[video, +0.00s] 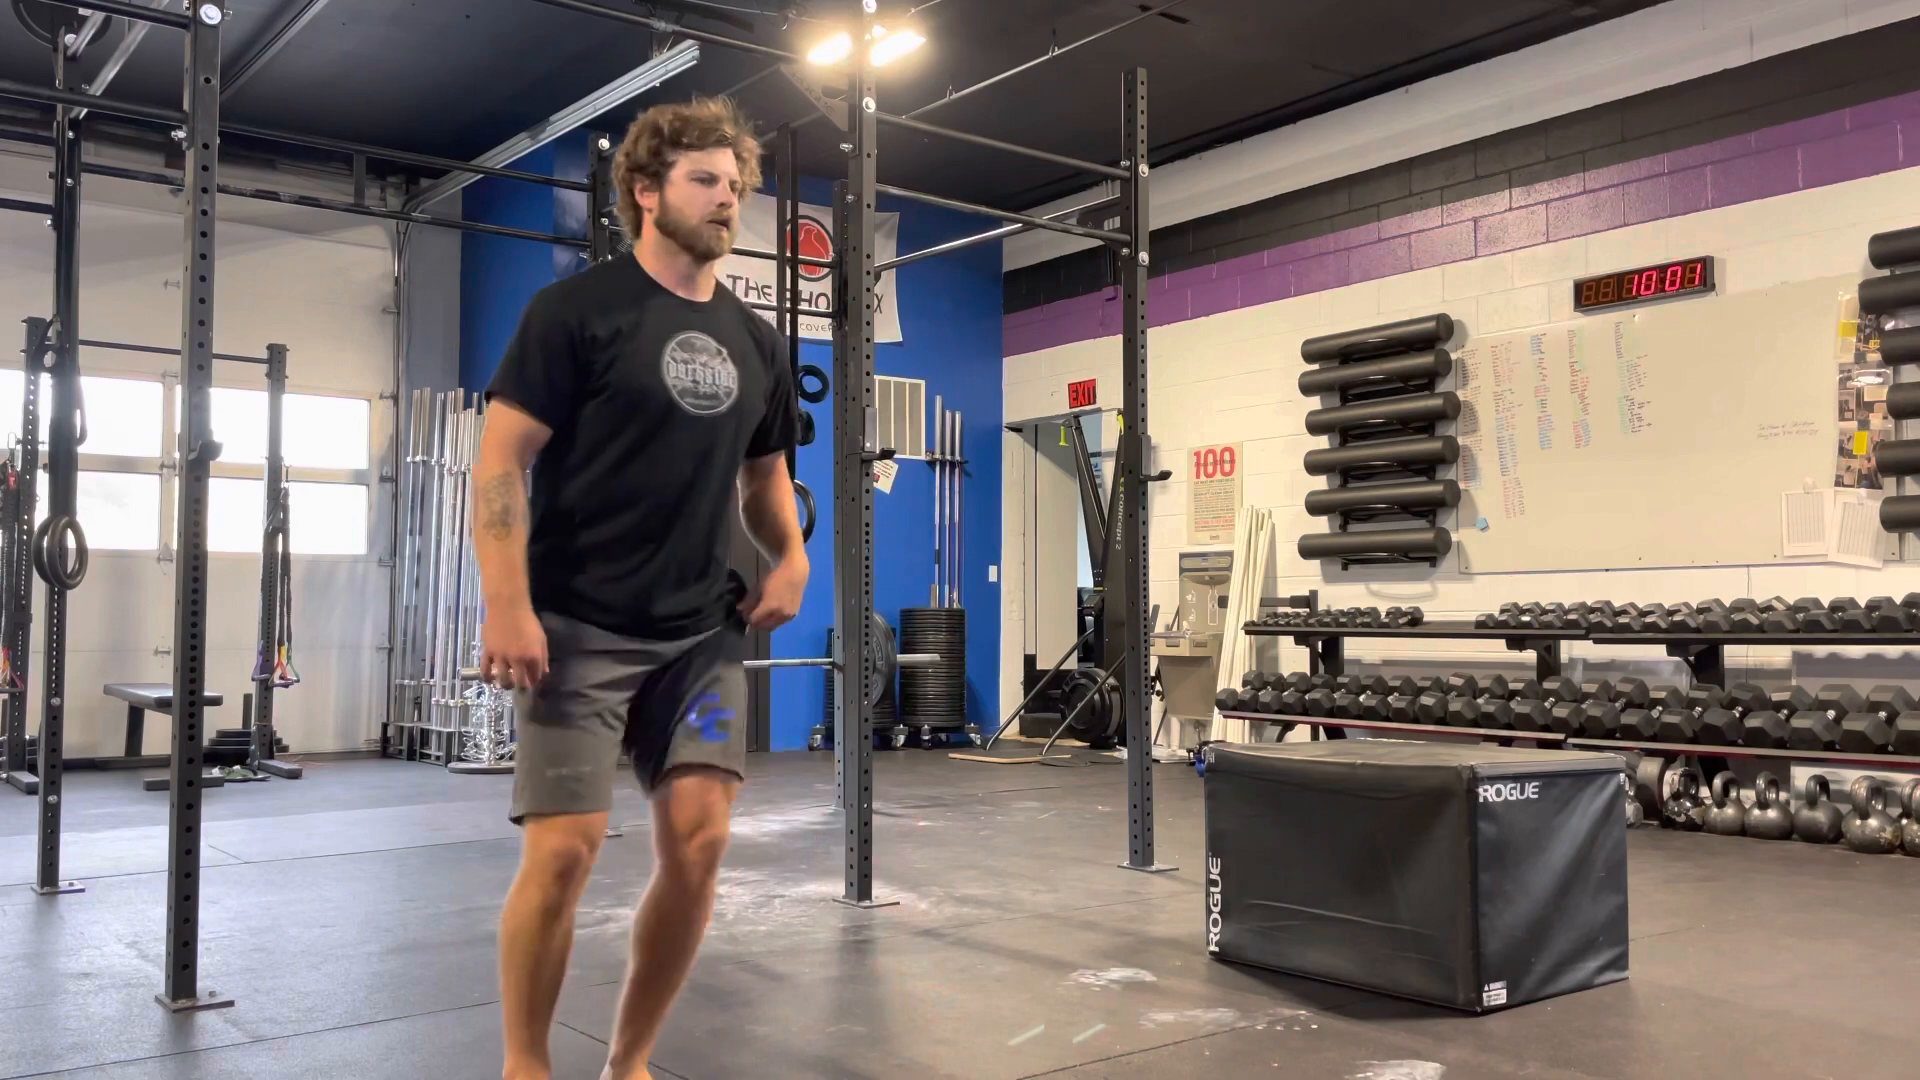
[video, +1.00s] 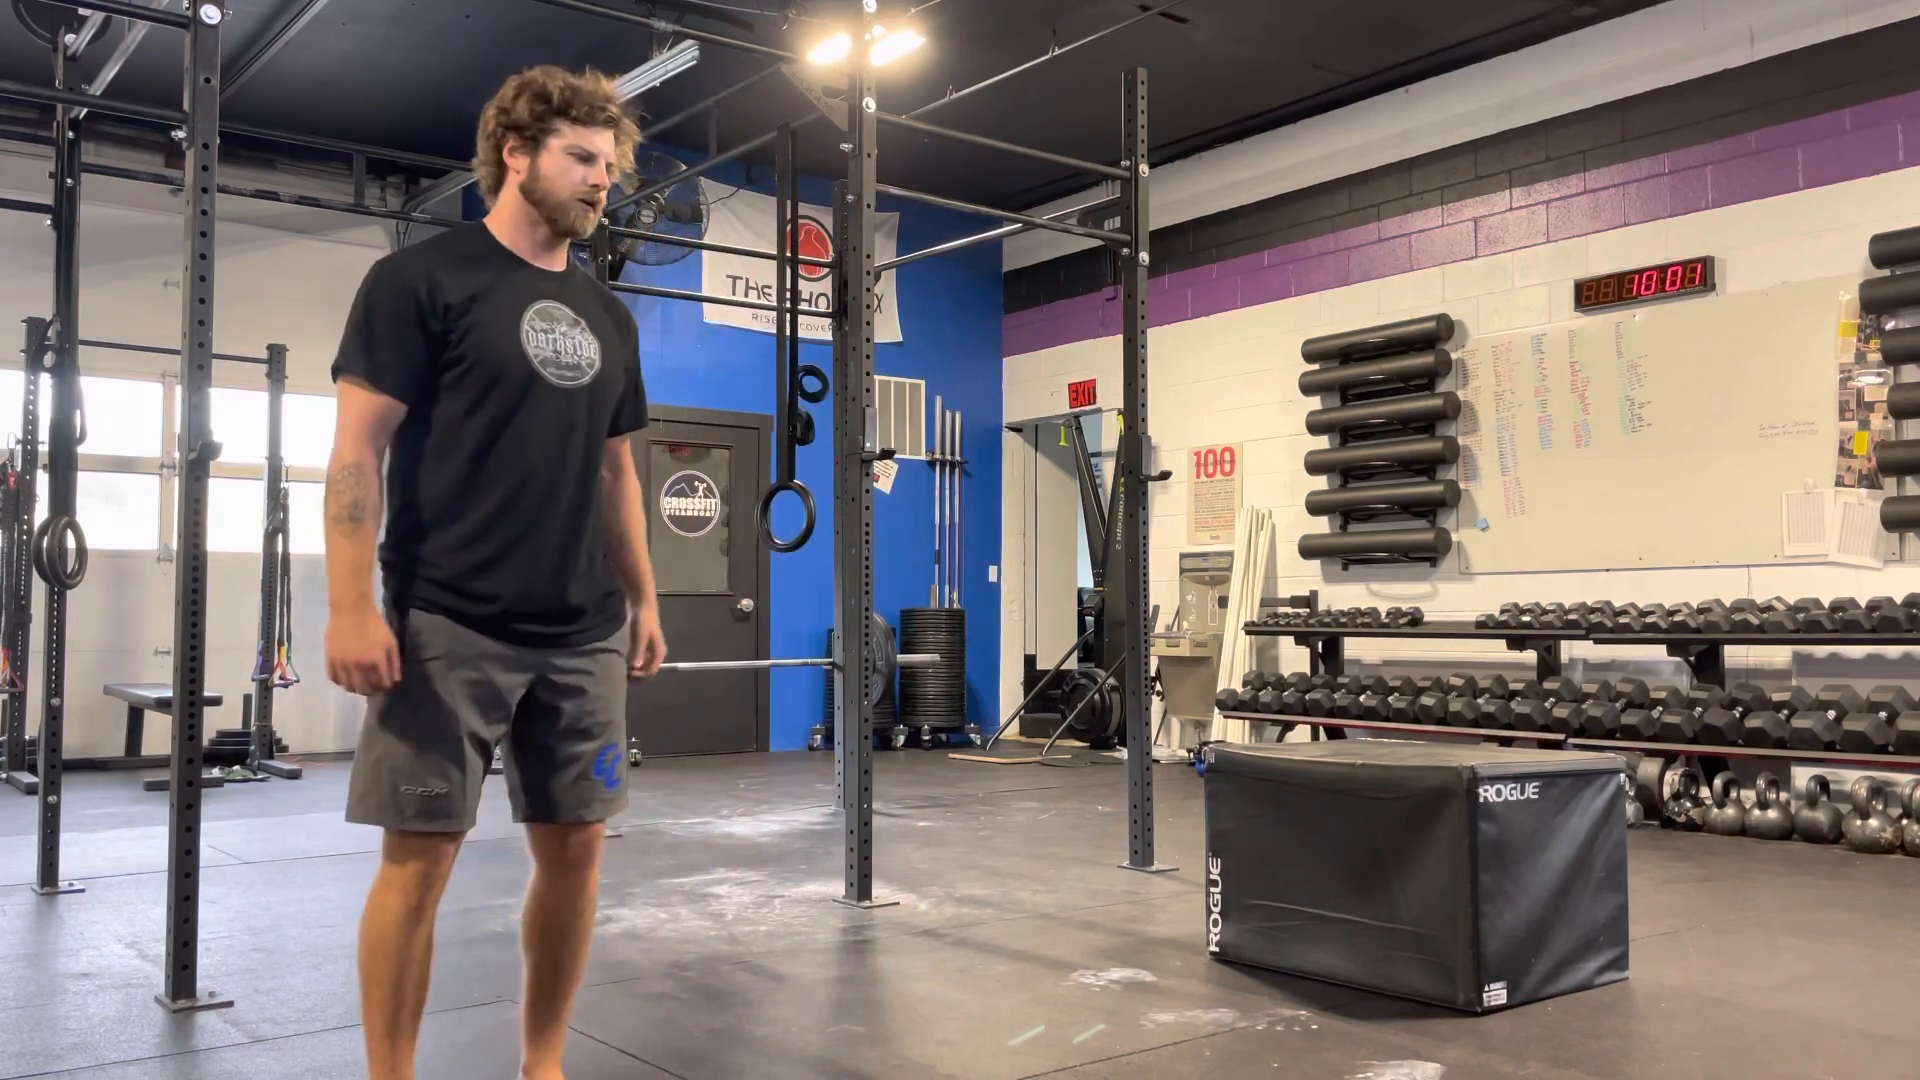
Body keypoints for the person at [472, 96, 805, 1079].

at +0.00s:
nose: (727, 199)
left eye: (735, 186)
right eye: (706, 181)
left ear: (740, 204)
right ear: (645, 194)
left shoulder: (756, 341)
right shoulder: (572, 310)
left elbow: (767, 472)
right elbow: (499, 461)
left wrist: (792, 553)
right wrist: (507, 606)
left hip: (705, 629)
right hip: (580, 626)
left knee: (701, 839)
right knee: (563, 852)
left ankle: (630, 1061)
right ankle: (524, 1065)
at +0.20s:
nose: (697, 187)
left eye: (706, 175)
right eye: (676, 168)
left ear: (710, 194)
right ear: (614, 176)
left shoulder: (720, 327)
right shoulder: (532, 289)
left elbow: (741, 461)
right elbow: (466, 451)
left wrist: (780, 528)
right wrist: (481, 596)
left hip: (681, 626)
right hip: (552, 619)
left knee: (677, 842)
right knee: (516, 843)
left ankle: (628, 1061)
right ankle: (446, 1062)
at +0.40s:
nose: (644, 186)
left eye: (654, 173)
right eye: (623, 165)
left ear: (662, 191)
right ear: (560, 171)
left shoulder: (663, 323)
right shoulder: (475, 293)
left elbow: (690, 469)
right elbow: (422, 458)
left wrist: (739, 517)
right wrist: (445, 607)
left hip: (640, 631)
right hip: (506, 627)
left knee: (655, 841)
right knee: (456, 858)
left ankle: (626, 1061)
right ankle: (399, 1071)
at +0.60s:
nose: (600, 177)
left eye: (610, 163)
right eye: (580, 155)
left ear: (612, 179)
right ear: (513, 158)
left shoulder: (612, 312)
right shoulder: (422, 278)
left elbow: (630, 465)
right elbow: (360, 451)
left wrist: (675, 569)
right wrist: (395, 595)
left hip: (588, 628)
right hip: (453, 627)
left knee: (615, 837)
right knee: (421, 861)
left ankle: (610, 1058)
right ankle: (389, 1071)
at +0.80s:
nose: (591, 174)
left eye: (598, 159)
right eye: (570, 152)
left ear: (599, 172)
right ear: (502, 152)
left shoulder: (594, 306)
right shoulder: (405, 277)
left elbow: (604, 464)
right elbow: (338, 453)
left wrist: (623, 604)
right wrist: (339, 607)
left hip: (570, 625)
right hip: (437, 619)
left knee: (577, 843)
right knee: (411, 856)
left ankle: (545, 1061)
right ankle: (388, 1071)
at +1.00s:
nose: (604, 179)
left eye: (612, 164)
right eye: (585, 157)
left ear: (614, 176)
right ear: (517, 156)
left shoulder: (605, 312)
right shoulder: (419, 275)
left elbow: (617, 464)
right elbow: (355, 449)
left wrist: (642, 594)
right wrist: (353, 606)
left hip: (579, 627)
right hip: (448, 620)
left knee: (573, 847)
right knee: (418, 856)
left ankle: (543, 1063)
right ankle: (389, 1071)